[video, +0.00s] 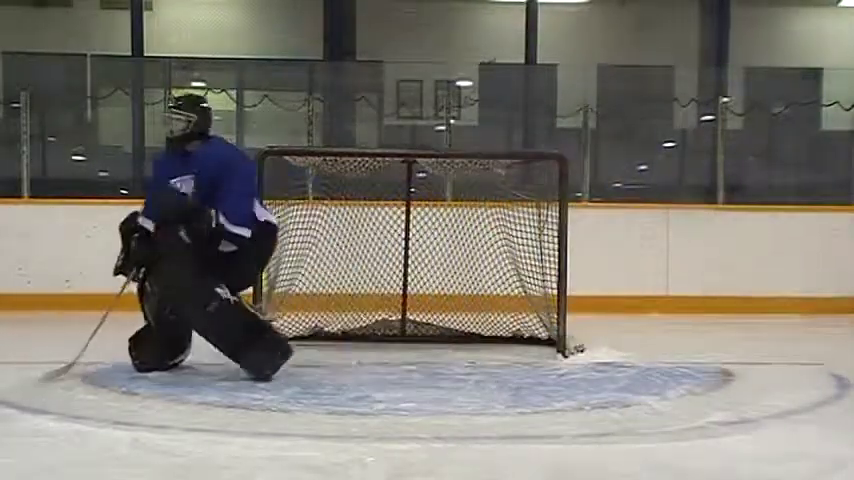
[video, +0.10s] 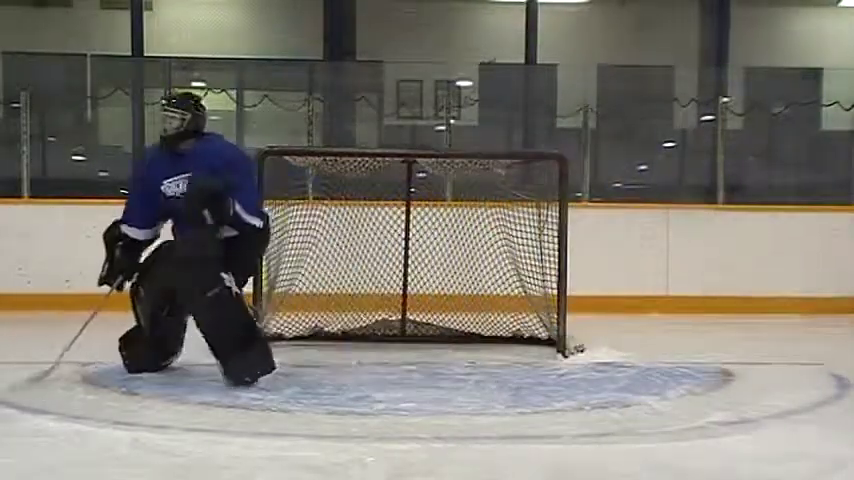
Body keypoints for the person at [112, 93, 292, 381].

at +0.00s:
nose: (171, 126)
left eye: (179, 120)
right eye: (170, 119)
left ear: (198, 124)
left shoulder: (229, 160)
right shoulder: (167, 162)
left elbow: (236, 228)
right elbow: (155, 209)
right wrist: (138, 241)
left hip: (248, 241)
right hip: (199, 240)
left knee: (189, 286)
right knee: (158, 274)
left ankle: (262, 349)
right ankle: (164, 345)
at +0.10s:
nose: (167, 124)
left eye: (175, 118)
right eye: (166, 116)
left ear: (194, 121)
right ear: (163, 117)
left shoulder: (226, 157)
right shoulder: (155, 164)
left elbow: (250, 220)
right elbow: (140, 222)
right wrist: (125, 257)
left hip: (228, 244)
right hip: (185, 246)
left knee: (205, 288)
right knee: (155, 284)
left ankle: (247, 365)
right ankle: (151, 354)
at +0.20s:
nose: (170, 116)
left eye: (178, 110)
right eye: (169, 109)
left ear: (197, 113)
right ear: (166, 111)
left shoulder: (231, 146)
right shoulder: (153, 161)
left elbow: (266, 196)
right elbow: (137, 218)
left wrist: (243, 200)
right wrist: (122, 257)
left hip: (235, 242)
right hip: (188, 252)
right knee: (155, 293)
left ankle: (245, 366)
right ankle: (150, 352)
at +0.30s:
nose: (177, 105)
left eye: (185, 99)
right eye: (175, 98)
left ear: (204, 104)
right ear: (172, 101)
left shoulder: (239, 139)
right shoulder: (155, 151)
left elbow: (275, 195)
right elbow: (138, 212)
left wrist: (246, 195)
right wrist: (122, 249)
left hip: (241, 239)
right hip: (190, 246)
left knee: (206, 287)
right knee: (156, 294)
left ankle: (244, 374)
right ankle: (157, 348)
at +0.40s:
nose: (182, 97)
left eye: (192, 92)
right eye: (180, 90)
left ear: (210, 98)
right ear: (175, 93)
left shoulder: (239, 136)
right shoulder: (160, 144)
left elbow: (271, 192)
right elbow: (140, 208)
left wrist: (242, 194)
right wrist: (118, 244)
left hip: (246, 231)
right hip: (198, 233)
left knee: (194, 289)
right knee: (153, 283)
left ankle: (235, 370)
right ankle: (170, 351)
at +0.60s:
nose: (189, 82)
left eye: (199, 77)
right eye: (187, 75)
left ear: (218, 84)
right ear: (183, 78)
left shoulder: (237, 126)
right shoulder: (178, 124)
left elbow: (240, 204)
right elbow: (158, 182)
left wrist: (192, 184)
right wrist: (144, 227)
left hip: (256, 222)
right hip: (213, 221)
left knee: (189, 278)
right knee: (164, 272)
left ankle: (217, 378)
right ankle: (184, 367)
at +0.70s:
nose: (196, 81)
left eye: (205, 74)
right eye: (194, 73)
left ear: (224, 79)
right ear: (191, 76)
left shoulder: (245, 124)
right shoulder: (186, 123)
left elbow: (235, 198)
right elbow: (176, 187)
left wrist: (184, 187)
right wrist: (148, 232)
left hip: (262, 221)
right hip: (216, 221)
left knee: (191, 282)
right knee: (177, 281)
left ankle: (221, 378)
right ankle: (194, 375)